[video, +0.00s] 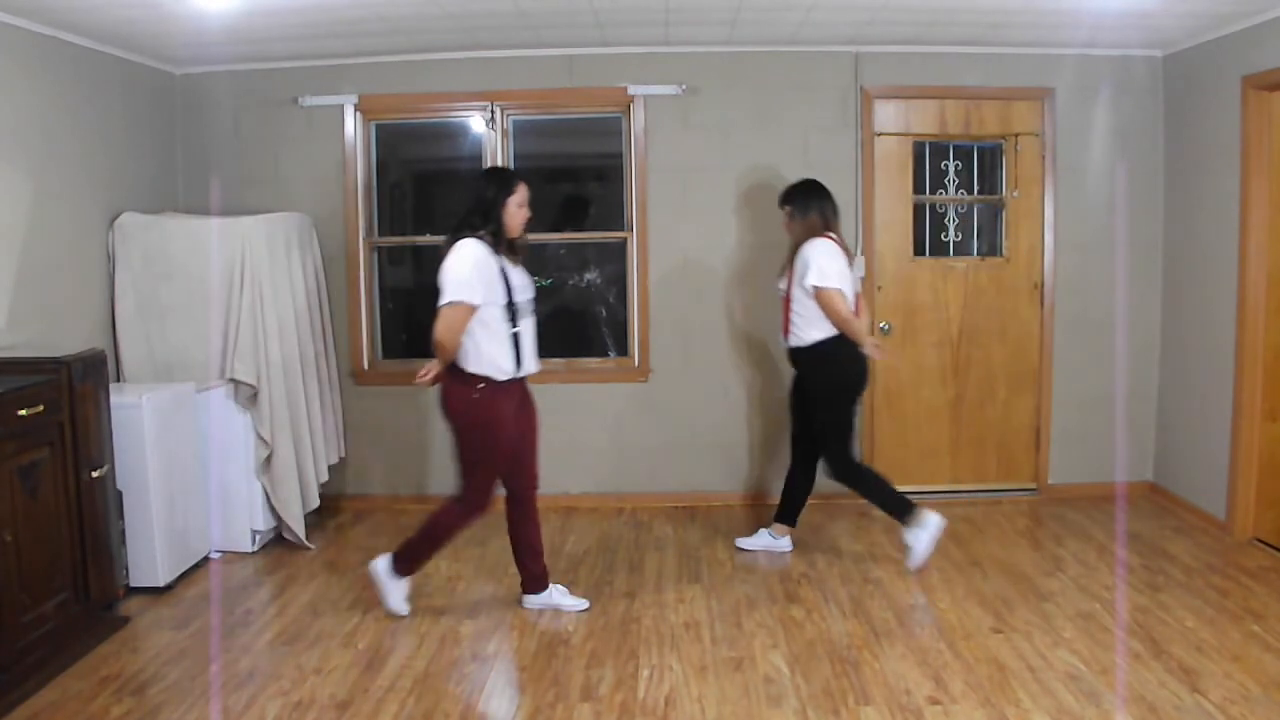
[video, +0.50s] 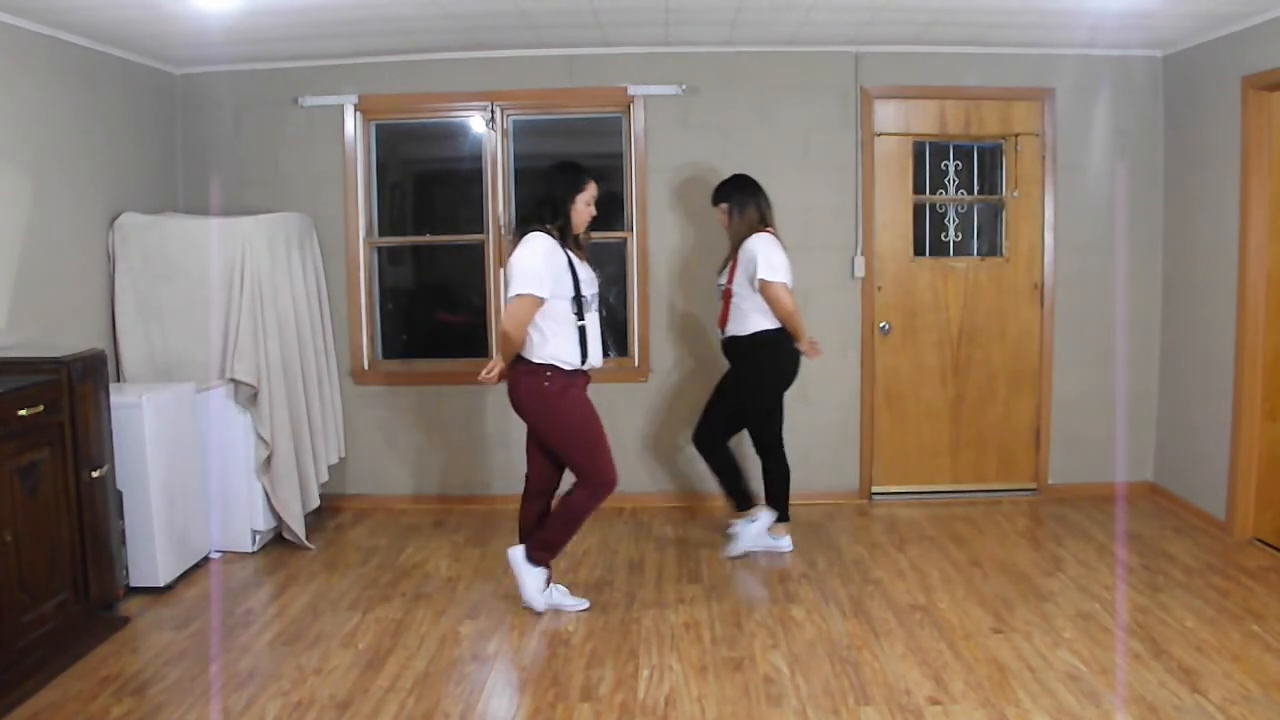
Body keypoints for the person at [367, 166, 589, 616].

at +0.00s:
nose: (527, 214)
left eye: (527, 205)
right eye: (519, 206)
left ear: (513, 209)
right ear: (494, 207)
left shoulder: (506, 257)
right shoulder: (469, 255)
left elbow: (491, 323)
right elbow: (446, 334)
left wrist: (445, 361)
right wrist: (447, 362)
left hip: (512, 392)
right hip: (476, 394)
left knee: (522, 493)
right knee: (475, 497)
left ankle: (536, 588)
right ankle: (395, 568)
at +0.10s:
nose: (544, 209)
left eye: (544, 200)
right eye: (536, 200)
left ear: (524, 203)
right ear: (511, 201)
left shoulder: (521, 252)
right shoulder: (486, 250)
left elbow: (508, 321)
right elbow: (465, 331)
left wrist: (463, 361)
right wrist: (464, 361)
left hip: (530, 384)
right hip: (498, 386)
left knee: (533, 490)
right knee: (522, 490)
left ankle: (537, 587)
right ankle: (435, 553)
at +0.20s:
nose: (557, 209)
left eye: (558, 200)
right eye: (551, 199)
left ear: (539, 201)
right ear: (525, 200)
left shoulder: (534, 250)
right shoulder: (500, 248)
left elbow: (519, 319)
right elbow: (477, 326)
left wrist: (481, 360)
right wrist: (480, 360)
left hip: (540, 381)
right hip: (515, 383)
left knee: (535, 486)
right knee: (553, 488)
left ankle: (537, 587)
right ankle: (477, 555)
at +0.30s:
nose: (570, 209)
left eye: (571, 200)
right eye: (564, 200)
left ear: (551, 202)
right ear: (537, 201)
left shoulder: (547, 249)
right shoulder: (513, 247)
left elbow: (534, 319)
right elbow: (489, 326)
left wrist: (492, 359)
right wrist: (491, 359)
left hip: (549, 380)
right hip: (527, 382)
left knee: (538, 484)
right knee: (573, 483)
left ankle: (537, 583)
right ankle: (512, 563)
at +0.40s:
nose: (583, 210)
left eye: (583, 201)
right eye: (577, 201)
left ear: (559, 202)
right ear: (552, 201)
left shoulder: (557, 250)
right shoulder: (526, 248)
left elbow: (532, 319)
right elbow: (503, 326)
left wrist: (498, 358)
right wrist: (500, 360)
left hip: (554, 381)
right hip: (537, 382)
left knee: (539, 485)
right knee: (586, 481)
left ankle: (538, 584)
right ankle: (520, 558)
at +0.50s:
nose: (594, 212)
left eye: (594, 203)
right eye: (588, 202)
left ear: (571, 203)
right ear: (564, 202)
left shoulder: (567, 251)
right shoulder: (539, 248)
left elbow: (532, 319)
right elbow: (513, 325)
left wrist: (504, 359)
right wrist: (507, 359)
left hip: (560, 380)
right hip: (545, 382)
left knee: (541, 484)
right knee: (600, 477)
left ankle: (538, 583)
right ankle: (532, 556)